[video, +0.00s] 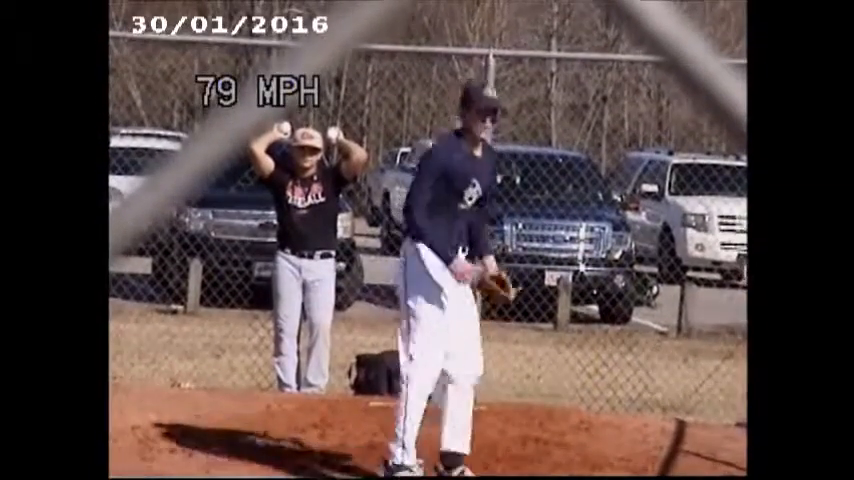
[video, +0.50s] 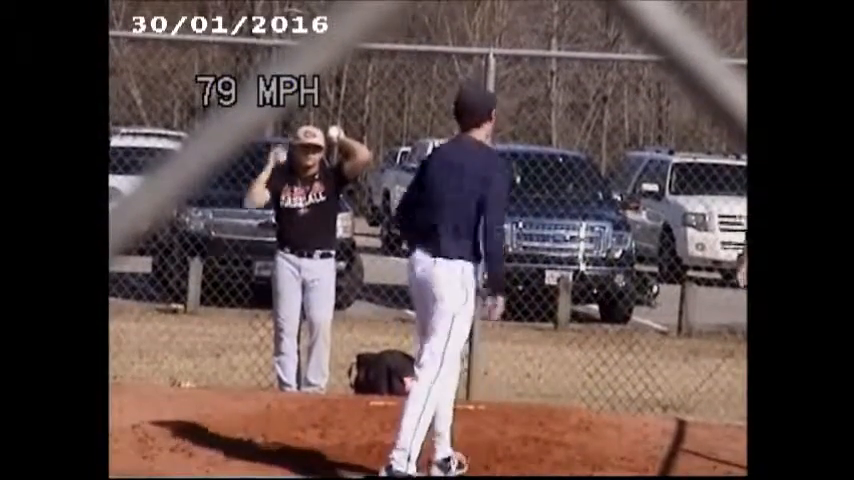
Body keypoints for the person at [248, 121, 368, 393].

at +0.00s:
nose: (307, 158)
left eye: (313, 153)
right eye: (302, 152)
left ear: (321, 153)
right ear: (292, 153)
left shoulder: (333, 177)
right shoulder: (281, 178)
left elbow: (361, 158)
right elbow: (256, 149)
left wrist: (341, 141)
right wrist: (275, 133)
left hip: (322, 261)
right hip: (288, 259)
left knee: (321, 324)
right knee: (285, 325)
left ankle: (315, 385)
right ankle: (286, 385)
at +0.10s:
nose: (307, 158)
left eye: (313, 153)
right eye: (301, 152)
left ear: (321, 154)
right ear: (291, 153)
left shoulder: (332, 177)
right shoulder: (281, 179)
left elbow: (361, 159)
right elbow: (256, 150)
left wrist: (340, 142)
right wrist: (276, 134)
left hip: (322, 262)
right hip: (288, 260)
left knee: (320, 325)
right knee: (285, 326)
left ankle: (315, 386)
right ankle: (286, 386)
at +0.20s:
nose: (307, 157)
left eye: (313, 152)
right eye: (302, 151)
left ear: (321, 153)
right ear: (292, 152)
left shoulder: (332, 177)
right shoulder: (281, 179)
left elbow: (361, 158)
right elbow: (255, 150)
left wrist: (341, 141)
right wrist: (276, 134)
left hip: (322, 261)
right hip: (288, 260)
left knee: (321, 324)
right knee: (285, 325)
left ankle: (315, 385)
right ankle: (286, 385)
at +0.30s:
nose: (307, 156)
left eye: (313, 150)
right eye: (302, 150)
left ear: (322, 152)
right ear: (292, 151)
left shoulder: (333, 176)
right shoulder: (281, 178)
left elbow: (361, 157)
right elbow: (254, 151)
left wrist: (340, 140)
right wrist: (276, 133)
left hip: (323, 261)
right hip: (288, 259)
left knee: (321, 323)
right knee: (286, 325)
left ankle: (315, 385)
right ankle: (286, 385)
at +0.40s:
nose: (307, 158)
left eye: (313, 152)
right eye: (301, 152)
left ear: (322, 154)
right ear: (292, 153)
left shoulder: (333, 177)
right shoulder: (281, 178)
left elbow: (362, 158)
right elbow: (250, 167)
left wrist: (341, 141)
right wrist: (275, 144)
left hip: (322, 261)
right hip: (288, 259)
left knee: (320, 324)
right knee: (285, 326)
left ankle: (315, 387)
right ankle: (286, 387)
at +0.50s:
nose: (309, 157)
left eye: (315, 151)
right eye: (303, 151)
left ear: (323, 153)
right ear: (293, 151)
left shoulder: (333, 176)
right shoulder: (281, 176)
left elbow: (364, 157)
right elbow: (254, 201)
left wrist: (341, 140)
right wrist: (269, 167)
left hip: (322, 260)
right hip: (287, 258)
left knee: (320, 322)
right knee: (285, 325)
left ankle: (315, 384)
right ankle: (286, 385)